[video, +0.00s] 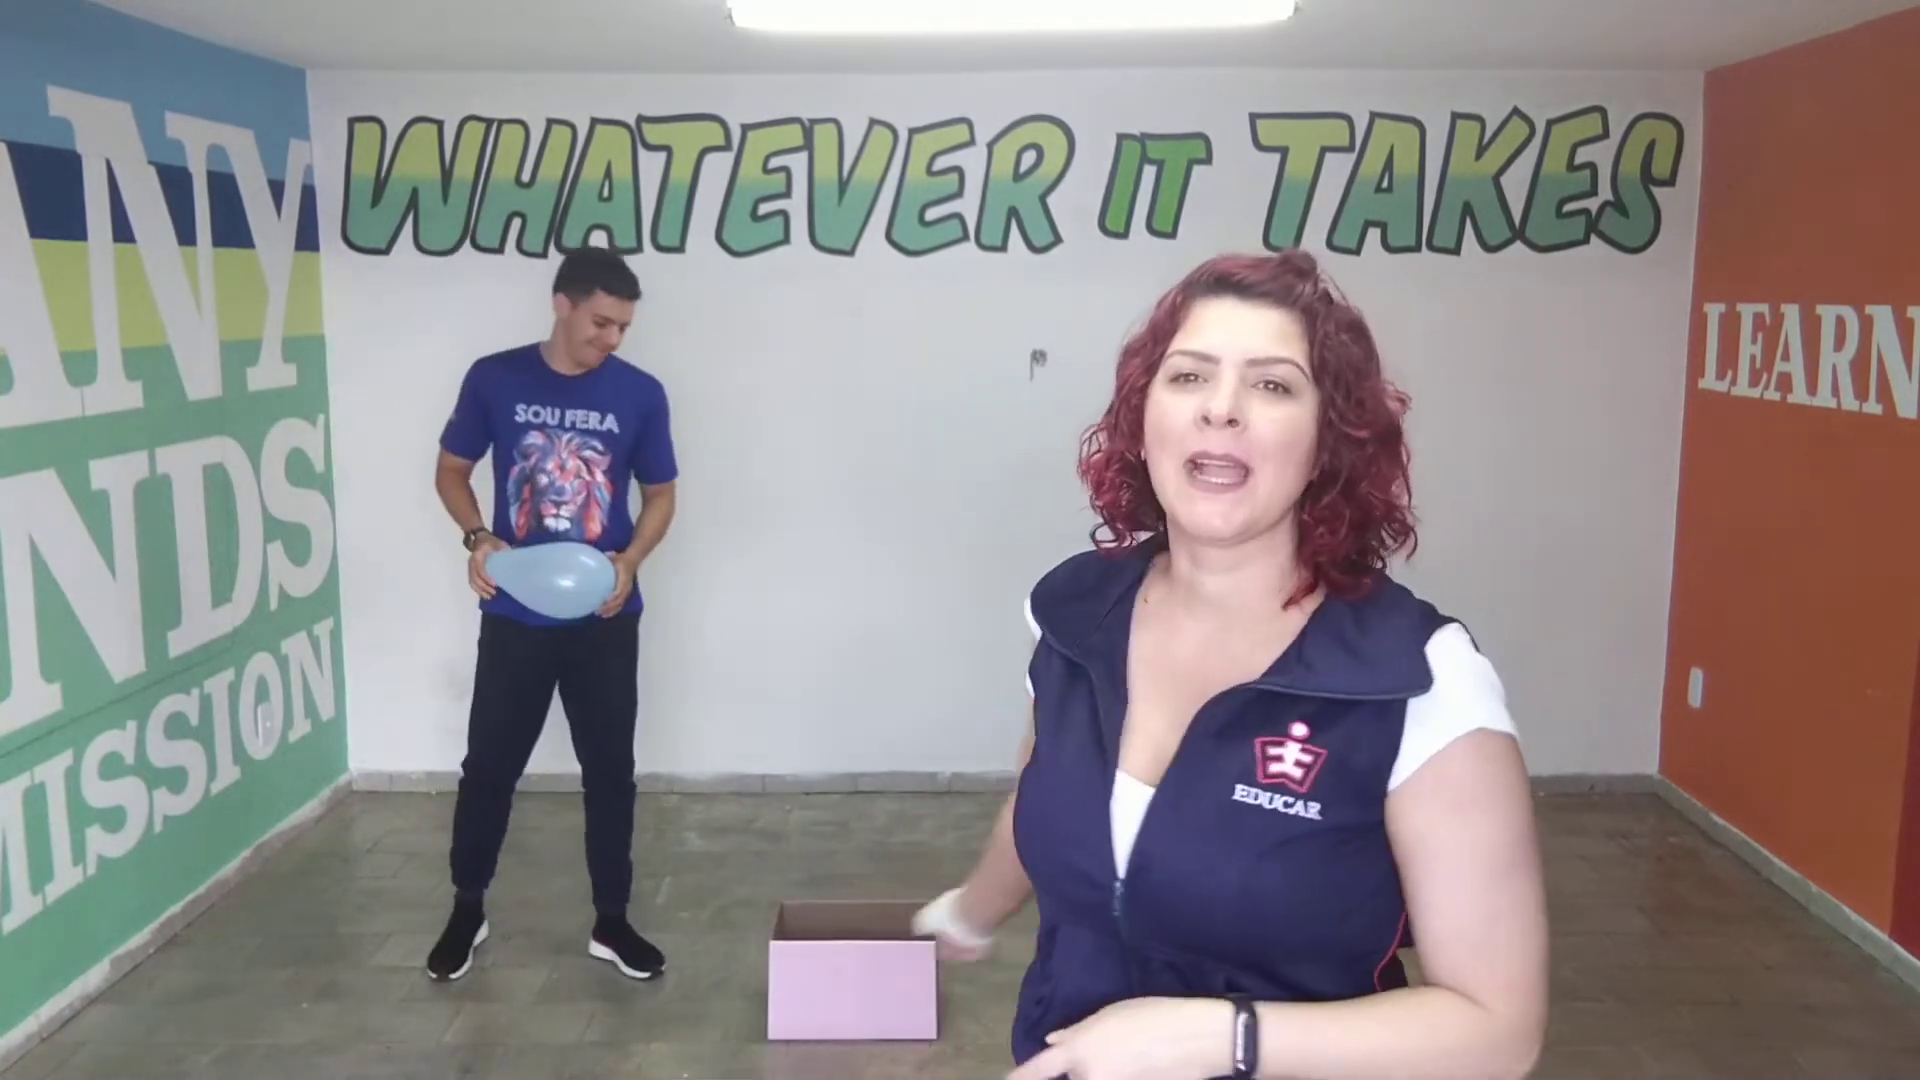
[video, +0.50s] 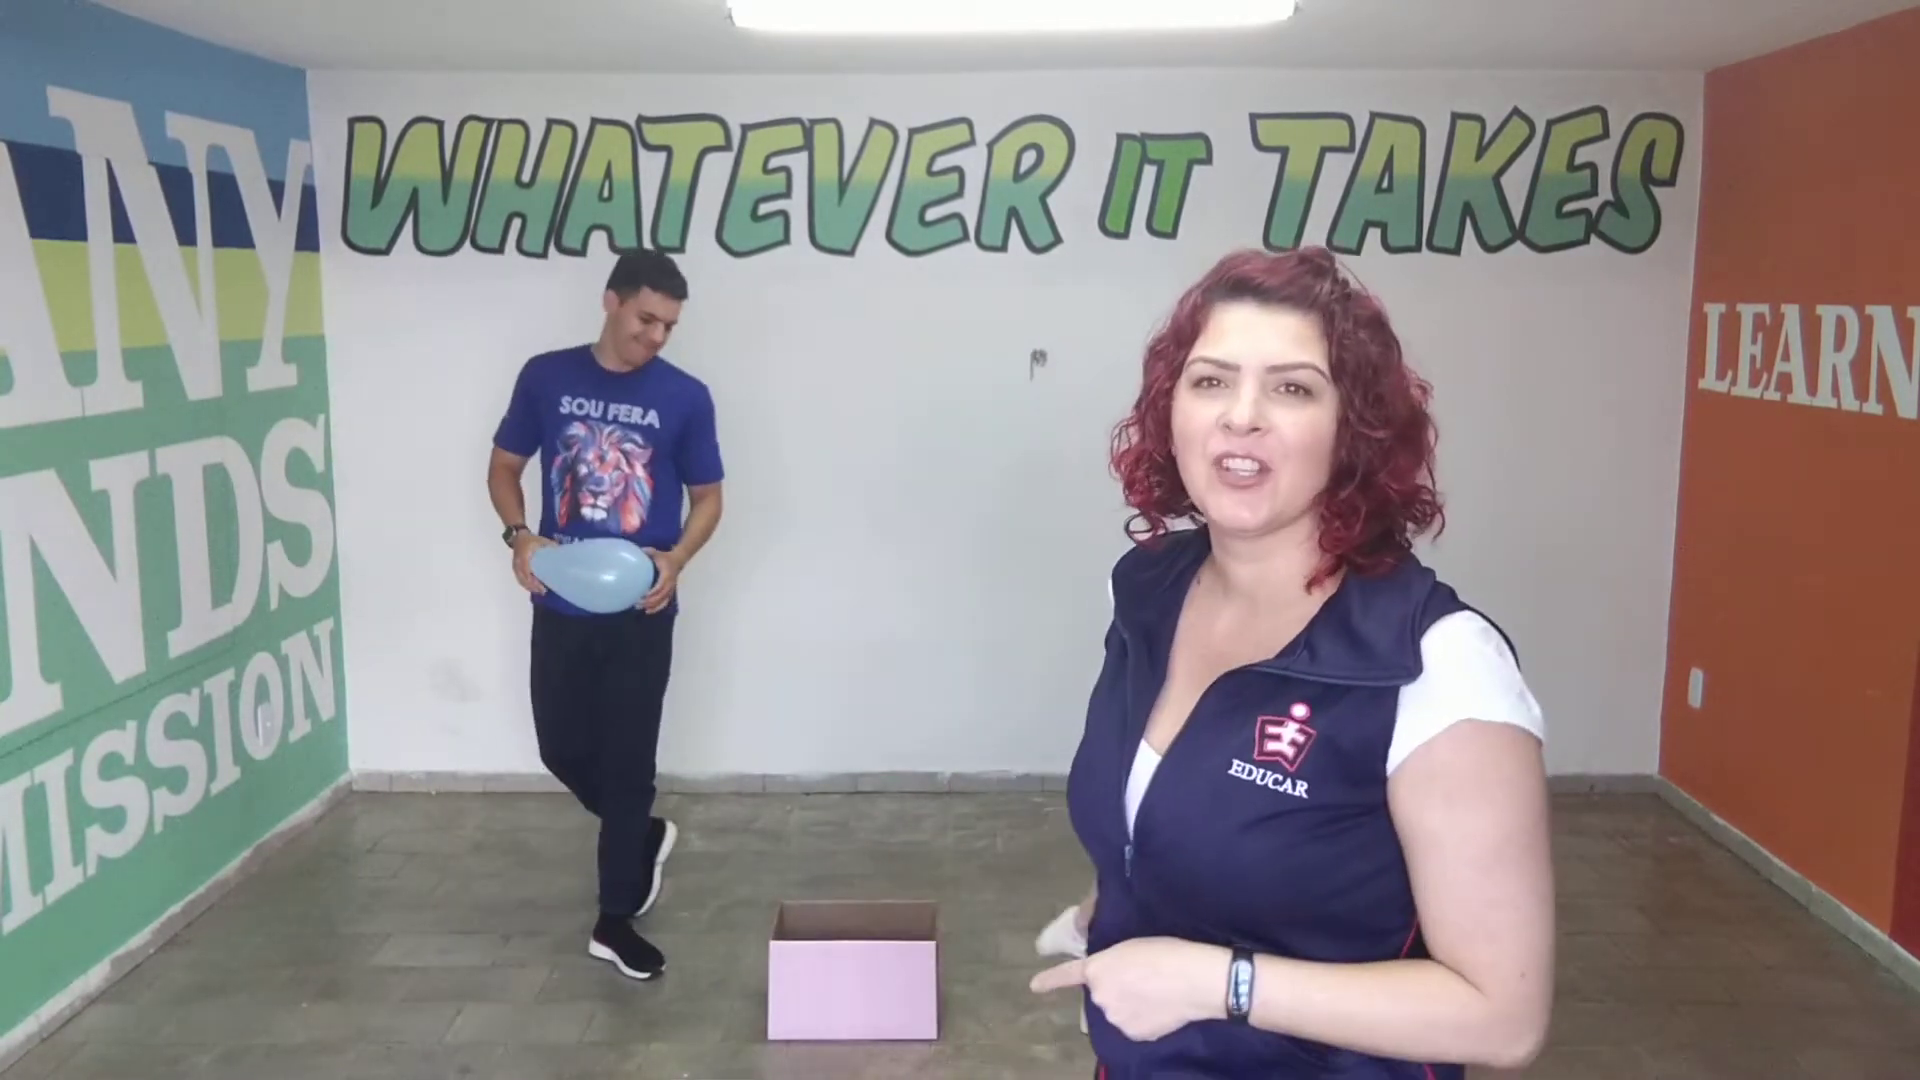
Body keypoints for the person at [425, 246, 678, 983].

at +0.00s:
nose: (611, 341)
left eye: (621, 328)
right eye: (601, 325)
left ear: (626, 322)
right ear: (561, 307)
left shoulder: (640, 395)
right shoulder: (495, 379)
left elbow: (661, 497)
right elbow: (451, 472)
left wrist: (630, 559)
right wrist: (478, 533)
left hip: (605, 617)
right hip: (516, 614)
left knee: (611, 770)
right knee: (489, 766)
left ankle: (612, 920)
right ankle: (467, 909)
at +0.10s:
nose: (630, 347)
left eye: (640, 333)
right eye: (620, 330)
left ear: (646, 327)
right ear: (580, 310)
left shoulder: (657, 397)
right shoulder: (513, 378)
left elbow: (680, 498)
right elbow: (467, 469)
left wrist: (647, 562)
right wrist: (489, 534)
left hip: (616, 616)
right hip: (528, 610)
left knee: (615, 771)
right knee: (499, 763)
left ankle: (612, 920)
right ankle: (476, 908)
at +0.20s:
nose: (642, 347)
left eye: (653, 334)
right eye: (633, 330)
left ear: (660, 328)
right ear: (595, 310)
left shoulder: (671, 397)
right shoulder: (529, 375)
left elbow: (696, 499)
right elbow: (484, 464)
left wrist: (660, 565)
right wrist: (501, 533)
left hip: (623, 615)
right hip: (536, 609)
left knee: (618, 770)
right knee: (519, 758)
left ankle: (612, 922)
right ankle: (521, 900)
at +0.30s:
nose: (652, 345)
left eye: (662, 334)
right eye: (643, 329)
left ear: (668, 327)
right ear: (606, 307)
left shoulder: (679, 399)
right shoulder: (538, 374)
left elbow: (705, 500)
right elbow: (496, 462)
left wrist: (673, 560)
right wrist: (511, 533)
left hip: (628, 615)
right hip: (543, 608)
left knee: (622, 765)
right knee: (533, 751)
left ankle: (612, 917)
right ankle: (583, 863)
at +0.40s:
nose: (656, 341)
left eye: (667, 330)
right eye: (647, 324)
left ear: (673, 326)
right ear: (611, 305)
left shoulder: (683, 400)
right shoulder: (543, 375)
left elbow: (708, 501)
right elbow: (500, 465)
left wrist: (677, 562)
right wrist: (517, 533)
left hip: (634, 611)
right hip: (551, 604)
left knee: (624, 766)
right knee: (548, 750)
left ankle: (612, 922)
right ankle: (634, 828)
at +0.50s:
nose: (654, 335)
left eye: (666, 324)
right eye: (646, 318)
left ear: (673, 323)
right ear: (610, 303)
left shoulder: (685, 399)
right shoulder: (547, 377)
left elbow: (709, 500)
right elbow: (503, 469)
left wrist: (676, 559)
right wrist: (520, 532)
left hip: (641, 605)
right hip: (560, 600)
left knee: (627, 763)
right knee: (562, 749)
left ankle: (615, 920)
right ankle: (643, 830)